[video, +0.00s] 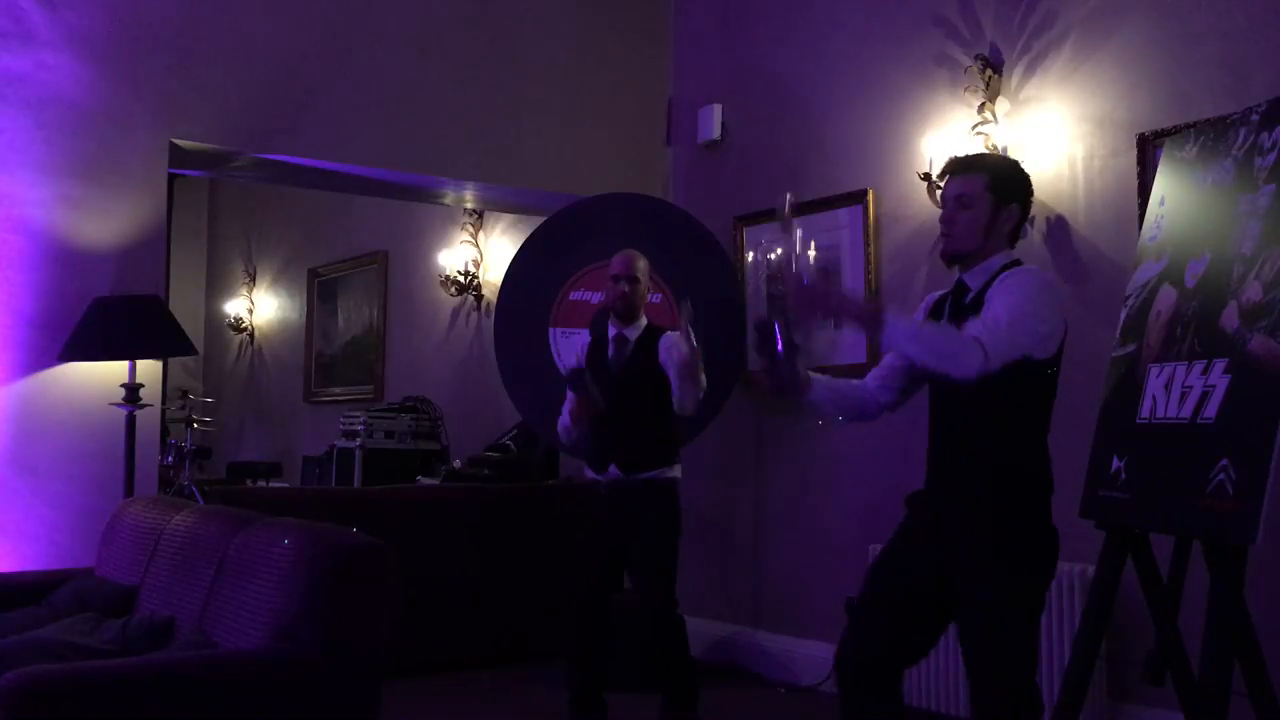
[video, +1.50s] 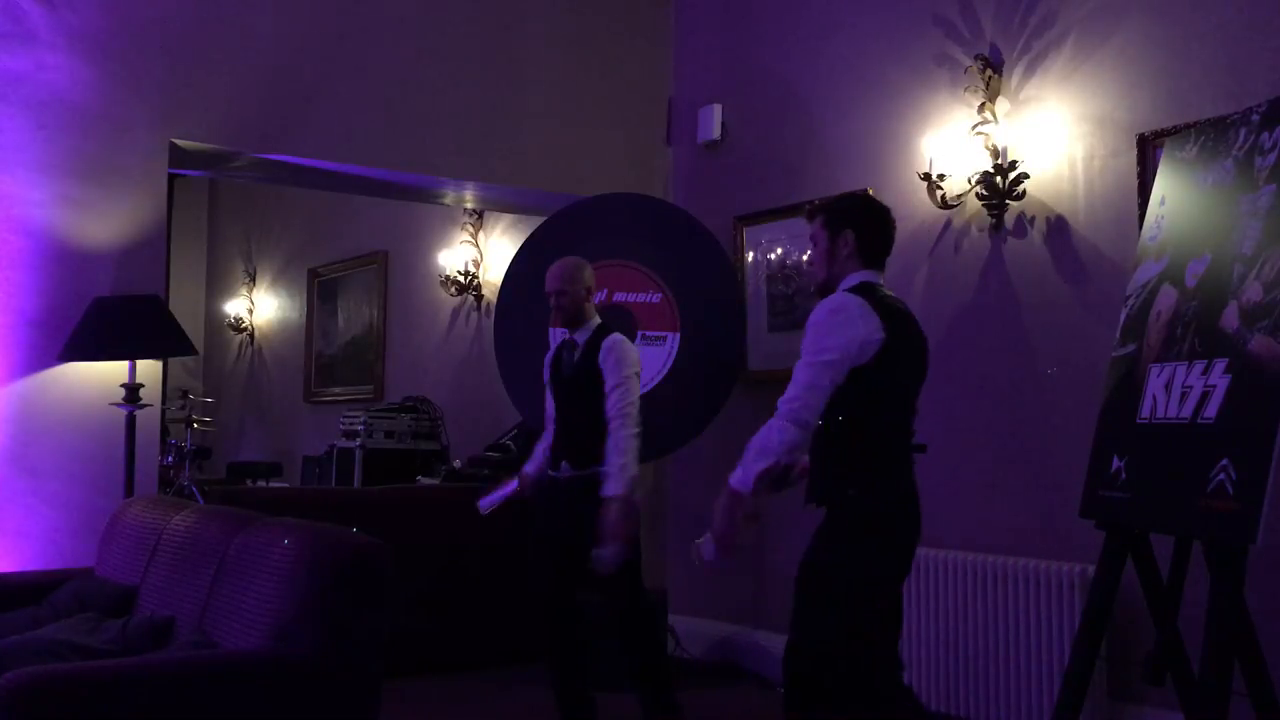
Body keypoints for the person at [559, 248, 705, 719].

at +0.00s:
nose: (621, 287)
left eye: (631, 280)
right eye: (615, 279)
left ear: (647, 289)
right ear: (605, 287)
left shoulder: (667, 343)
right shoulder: (592, 347)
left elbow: (689, 404)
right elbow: (569, 428)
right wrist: (573, 420)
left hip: (654, 489)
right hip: (601, 490)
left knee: (657, 601)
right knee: (594, 601)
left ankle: (677, 705)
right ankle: (589, 704)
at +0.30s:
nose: (627, 284)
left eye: (638, 278)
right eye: (621, 275)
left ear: (654, 292)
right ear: (609, 282)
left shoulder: (667, 350)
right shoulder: (577, 346)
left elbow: (711, 391)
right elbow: (547, 420)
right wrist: (588, 445)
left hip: (641, 494)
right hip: (585, 494)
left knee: (652, 607)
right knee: (585, 610)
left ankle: (678, 707)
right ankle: (587, 708)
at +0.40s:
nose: (628, 288)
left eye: (639, 282)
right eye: (623, 280)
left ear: (657, 296)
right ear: (612, 290)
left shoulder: (665, 359)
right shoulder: (578, 346)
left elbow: (693, 422)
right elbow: (548, 417)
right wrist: (598, 450)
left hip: (638, 495)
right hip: (582, 495)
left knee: (650, 607)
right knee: (583, 608)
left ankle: (675, 706)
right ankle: (585, 705)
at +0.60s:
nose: (646, 309)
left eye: (654, 304)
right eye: (639, 299)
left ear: (662, 316)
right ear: (621, 303)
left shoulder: (641, 365)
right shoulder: (592, 347)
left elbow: (623, 430)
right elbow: (565, 418)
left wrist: (633, 484)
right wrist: (603, 473)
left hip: (617, 491)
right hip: (574, 489)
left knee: (644, 592)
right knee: (580, 594)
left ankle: (663, 695)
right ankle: (569, 697)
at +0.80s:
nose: (642, 325)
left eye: (651, 319)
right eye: (635, 314)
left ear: (656, 329)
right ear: (617, 315)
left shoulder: (630, 376)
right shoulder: (585, 354)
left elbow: (608, 439)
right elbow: (543, 416)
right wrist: (564, 466)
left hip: (610, 504)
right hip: (568, 500)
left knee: (645, 598)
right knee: (568, 605)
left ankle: (658, 697)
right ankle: (560, 699)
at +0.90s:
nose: (625, 317)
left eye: (634, 310)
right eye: (619, 307)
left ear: (645, 320)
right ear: (605, 310)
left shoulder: (640, 380)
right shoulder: (570, 350)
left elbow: (625, 447)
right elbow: (514, 403)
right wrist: (545, 420)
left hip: (610, 501)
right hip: (557, 495)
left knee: (639, 599)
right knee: (566, 604)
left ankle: (654, 702)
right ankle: (562, 701)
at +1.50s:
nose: (555, 304)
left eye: (563, 295)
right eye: (550, 296)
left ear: (589, 293)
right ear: (549, 297)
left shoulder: (616, 348)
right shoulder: (556, 353)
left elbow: (624, 427)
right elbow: (553, 429)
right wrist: (523, 480)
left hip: (604, 490)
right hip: (562, 491)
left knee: (620, 599)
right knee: (563, 600)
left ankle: (653, 700)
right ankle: (574, 701)